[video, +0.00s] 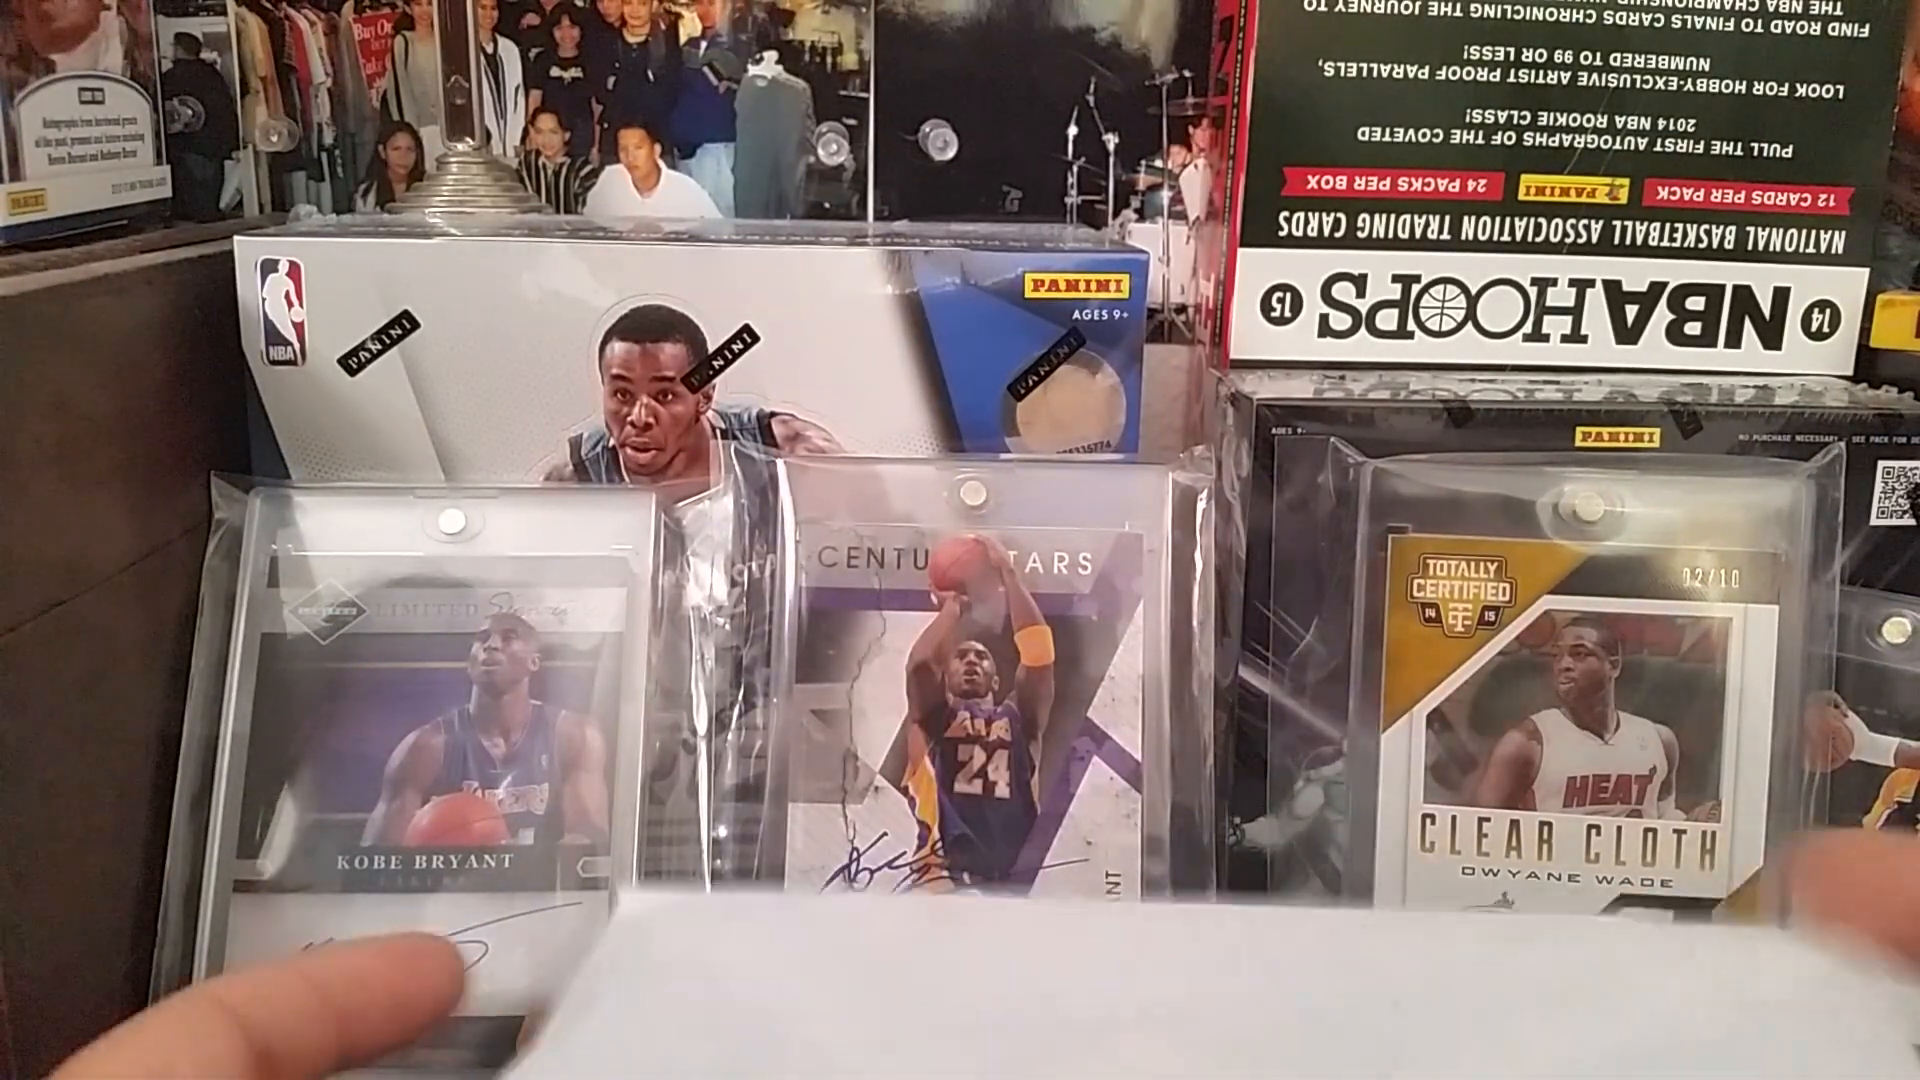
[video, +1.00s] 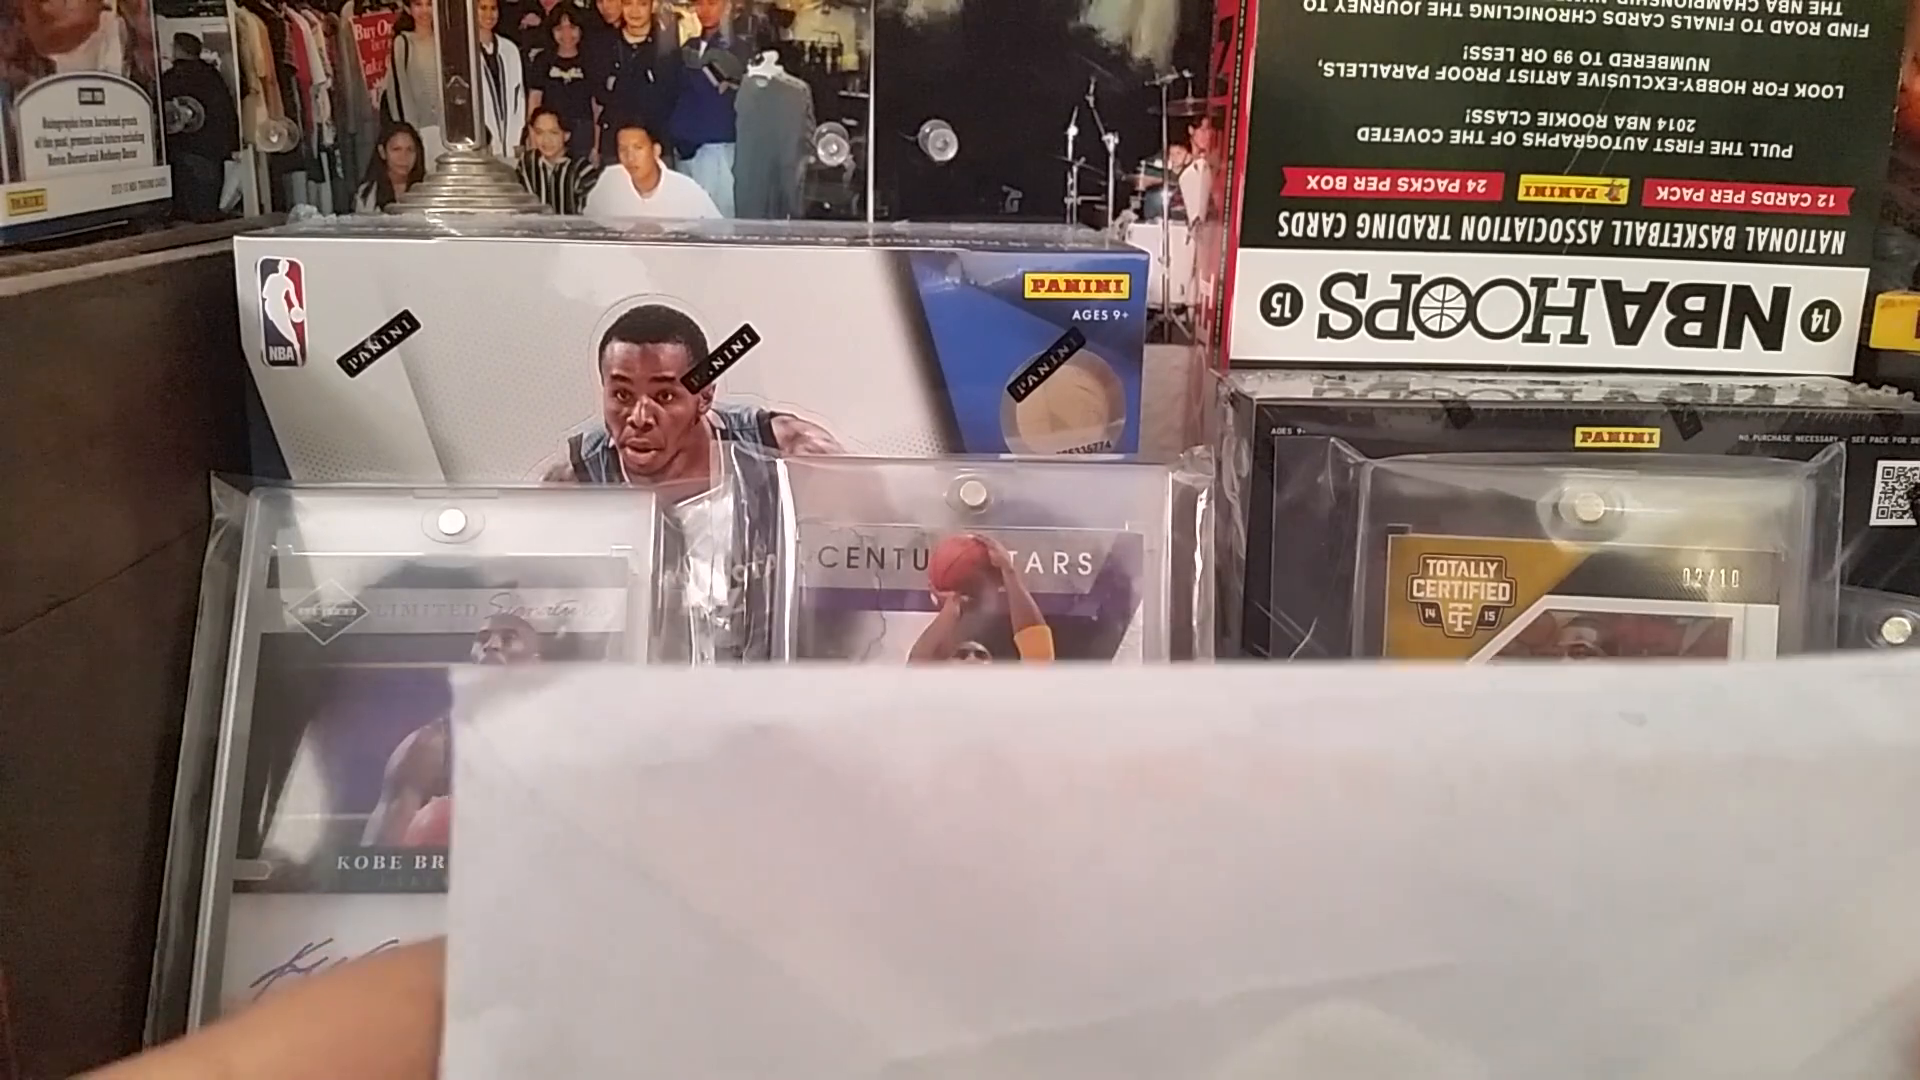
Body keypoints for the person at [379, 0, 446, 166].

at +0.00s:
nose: (425, 10)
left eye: (429, 4)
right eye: (418, 5)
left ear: (435, 7)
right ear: (409, 9)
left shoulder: (443, 38)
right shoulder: (402, 41)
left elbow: (453, 77)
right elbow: (402, 85)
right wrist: (410, 125)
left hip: (446, 116)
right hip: (420, 119)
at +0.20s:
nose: (425, 10)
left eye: (429, 4)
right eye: (418, 5)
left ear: (435, 8)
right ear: (409, 9)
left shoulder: (443, 38)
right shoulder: (402, 41)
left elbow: (452, 76)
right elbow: (401, 84)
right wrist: (410, 125)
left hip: (446, 116)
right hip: (419, 119)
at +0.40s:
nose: (425, 10)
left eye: (429, 4)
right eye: (418, 4)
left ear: (435, 7)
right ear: (408, 9)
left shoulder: (442, 38)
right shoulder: (403, 41)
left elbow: (452, 77)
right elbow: (402, 84)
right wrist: (410, 125)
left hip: (446, 115)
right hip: (420, 118)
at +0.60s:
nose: (425, 11)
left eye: (429, 4)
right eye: (418, 5)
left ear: (436, 8)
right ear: (408, 9)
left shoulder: (443, 39)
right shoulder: (403, 41)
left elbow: (453, 77)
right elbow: (402, 85)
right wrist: (409, 126)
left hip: (447, 117)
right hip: (420, 120)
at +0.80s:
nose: (425, 10)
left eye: (429, 4)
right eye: (418, 5)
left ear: (435, 8)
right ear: (409, 9)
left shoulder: (442, 39)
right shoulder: (403, 41)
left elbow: (452, 78)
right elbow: (401, 84)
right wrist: (410, 125)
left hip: (446, 115)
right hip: (419, 118)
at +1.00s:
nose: (425, 10)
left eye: (429, 4)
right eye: (418, 5)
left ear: (436, 8)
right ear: (408, 9)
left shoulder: (442, 39)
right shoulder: (402, 41)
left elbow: (452, 78)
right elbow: (401, 85)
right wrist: (409, 125)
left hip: (446, 117)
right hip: (419, 120)